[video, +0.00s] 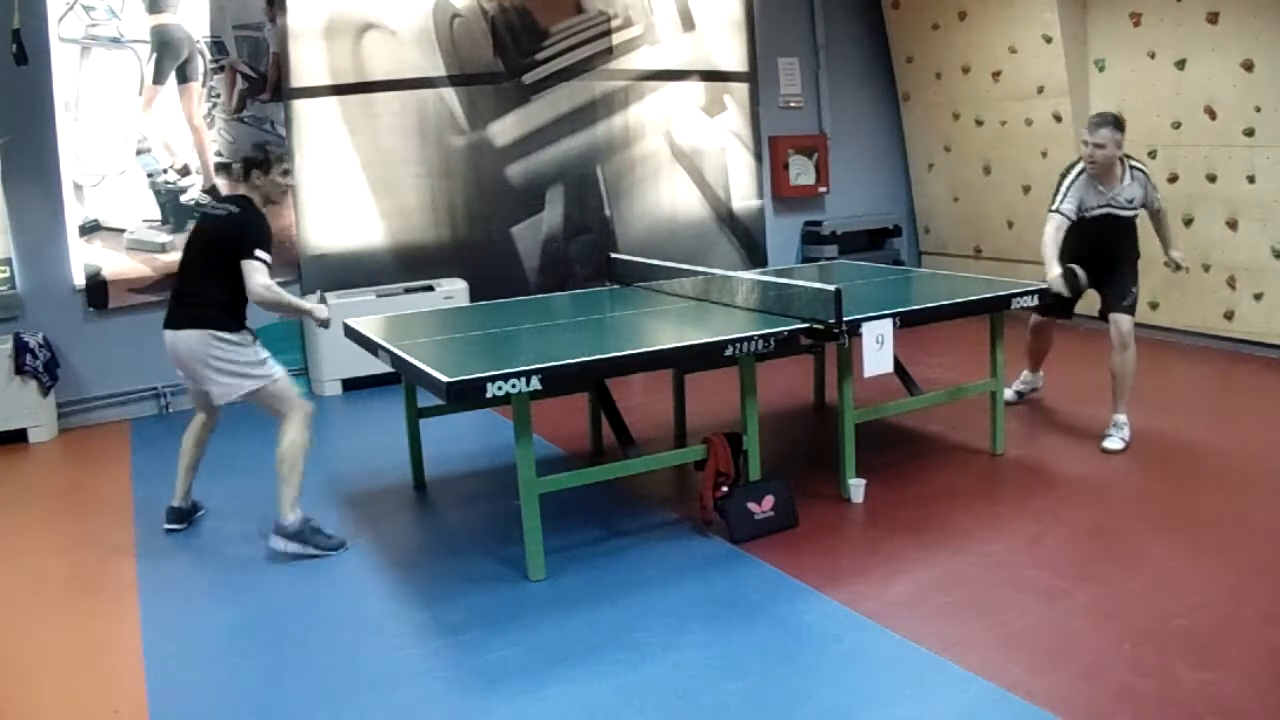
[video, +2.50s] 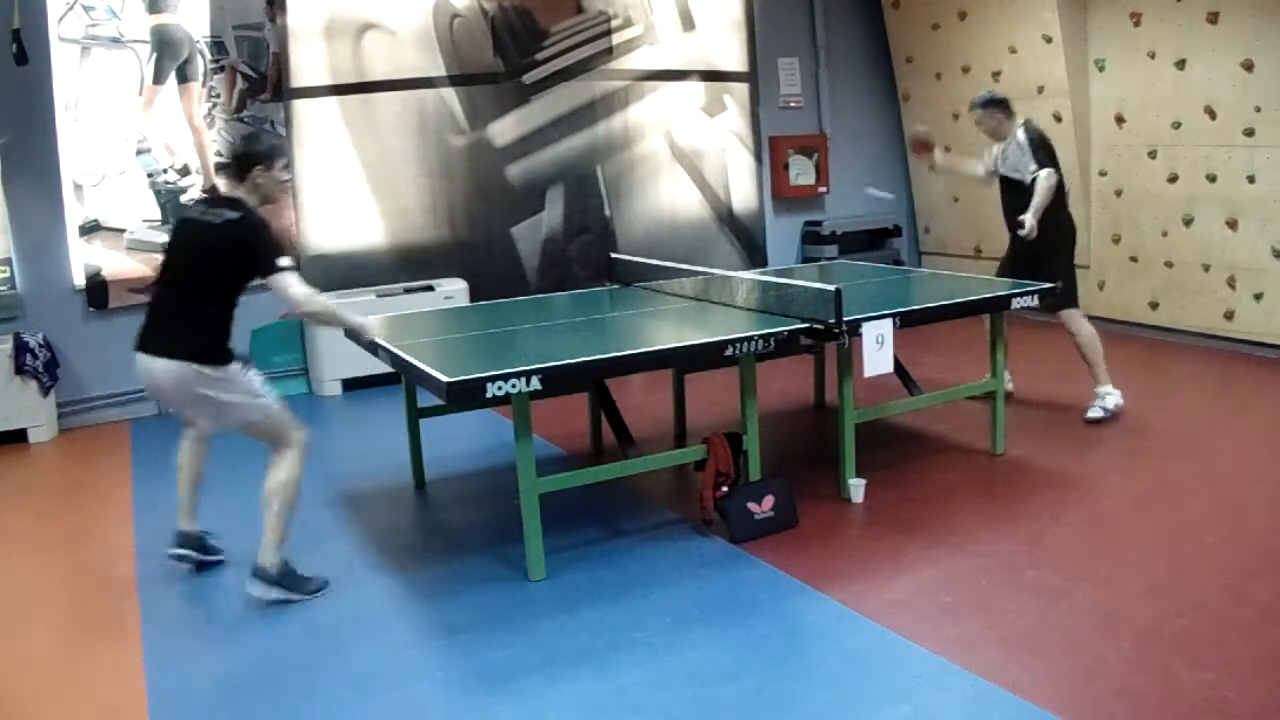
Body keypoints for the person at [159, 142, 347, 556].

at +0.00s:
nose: (289, 183)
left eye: (289, 174)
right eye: (283, 174)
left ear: (246, 177)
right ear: (257, 176)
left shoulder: (212, 214)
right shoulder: (252, 219)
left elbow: (186, 267)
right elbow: (259, 290)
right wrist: (309, 309)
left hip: (177, 333)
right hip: (216, 335)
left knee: (205, 413)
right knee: (296, 410)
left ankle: (178, 507)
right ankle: (290, 523)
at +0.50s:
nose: (386, 229)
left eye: (385, 221)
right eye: (382, 220)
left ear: (344, 216)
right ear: (363, 219)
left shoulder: (291, 245)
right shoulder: (366, 251)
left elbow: (245, 302)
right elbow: (441, 264)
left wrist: (213, 355)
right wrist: (493, 266)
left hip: (231, 355)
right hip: (278, 366)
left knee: (234, 424)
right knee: (369, 404)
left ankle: (185, 506)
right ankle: (377, 512)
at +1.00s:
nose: (272, 183)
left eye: (272, 174)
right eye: (266, 174)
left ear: (223, 174)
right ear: (238, 174)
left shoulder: (182, 213)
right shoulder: (232, 224)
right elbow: (277, 294)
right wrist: (325, 312)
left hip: (137, 353)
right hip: (179, 357)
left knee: (191, 435)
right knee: (264, 445)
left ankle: (183, 540)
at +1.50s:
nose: (263, 210)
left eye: (265, 199)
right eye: (259, 198)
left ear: (214, 190)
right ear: (234, 193)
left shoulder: (159, 230)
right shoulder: (220, 238)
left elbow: (125, 298)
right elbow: (255, 314)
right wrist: (304, 336)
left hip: (116, 377)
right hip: (173, 377)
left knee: (130, 492)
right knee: (275, 456)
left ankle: (107, 610)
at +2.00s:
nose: (393, 185)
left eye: (394, 177)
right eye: (392, 176)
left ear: (349, 168)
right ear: (372, 173)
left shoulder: (289, 207)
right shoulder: (381, 222)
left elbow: (250, 280)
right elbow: (459, 253)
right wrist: (522, 272)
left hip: (249, 350)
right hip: (305, 358)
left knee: (237, 446)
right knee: (392, 424)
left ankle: (179, 537)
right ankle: (416, 536)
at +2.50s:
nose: (286, 179)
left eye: (285, 169)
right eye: (281, 170)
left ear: (234, 171)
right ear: (257, 173)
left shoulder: (194, 213)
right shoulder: (251, 229)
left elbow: (174, 275)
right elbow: (301, 301)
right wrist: (350, 323)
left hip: (151, 358)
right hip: (200, 367)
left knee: (198, 423)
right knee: (290, 439)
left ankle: (187, 534)